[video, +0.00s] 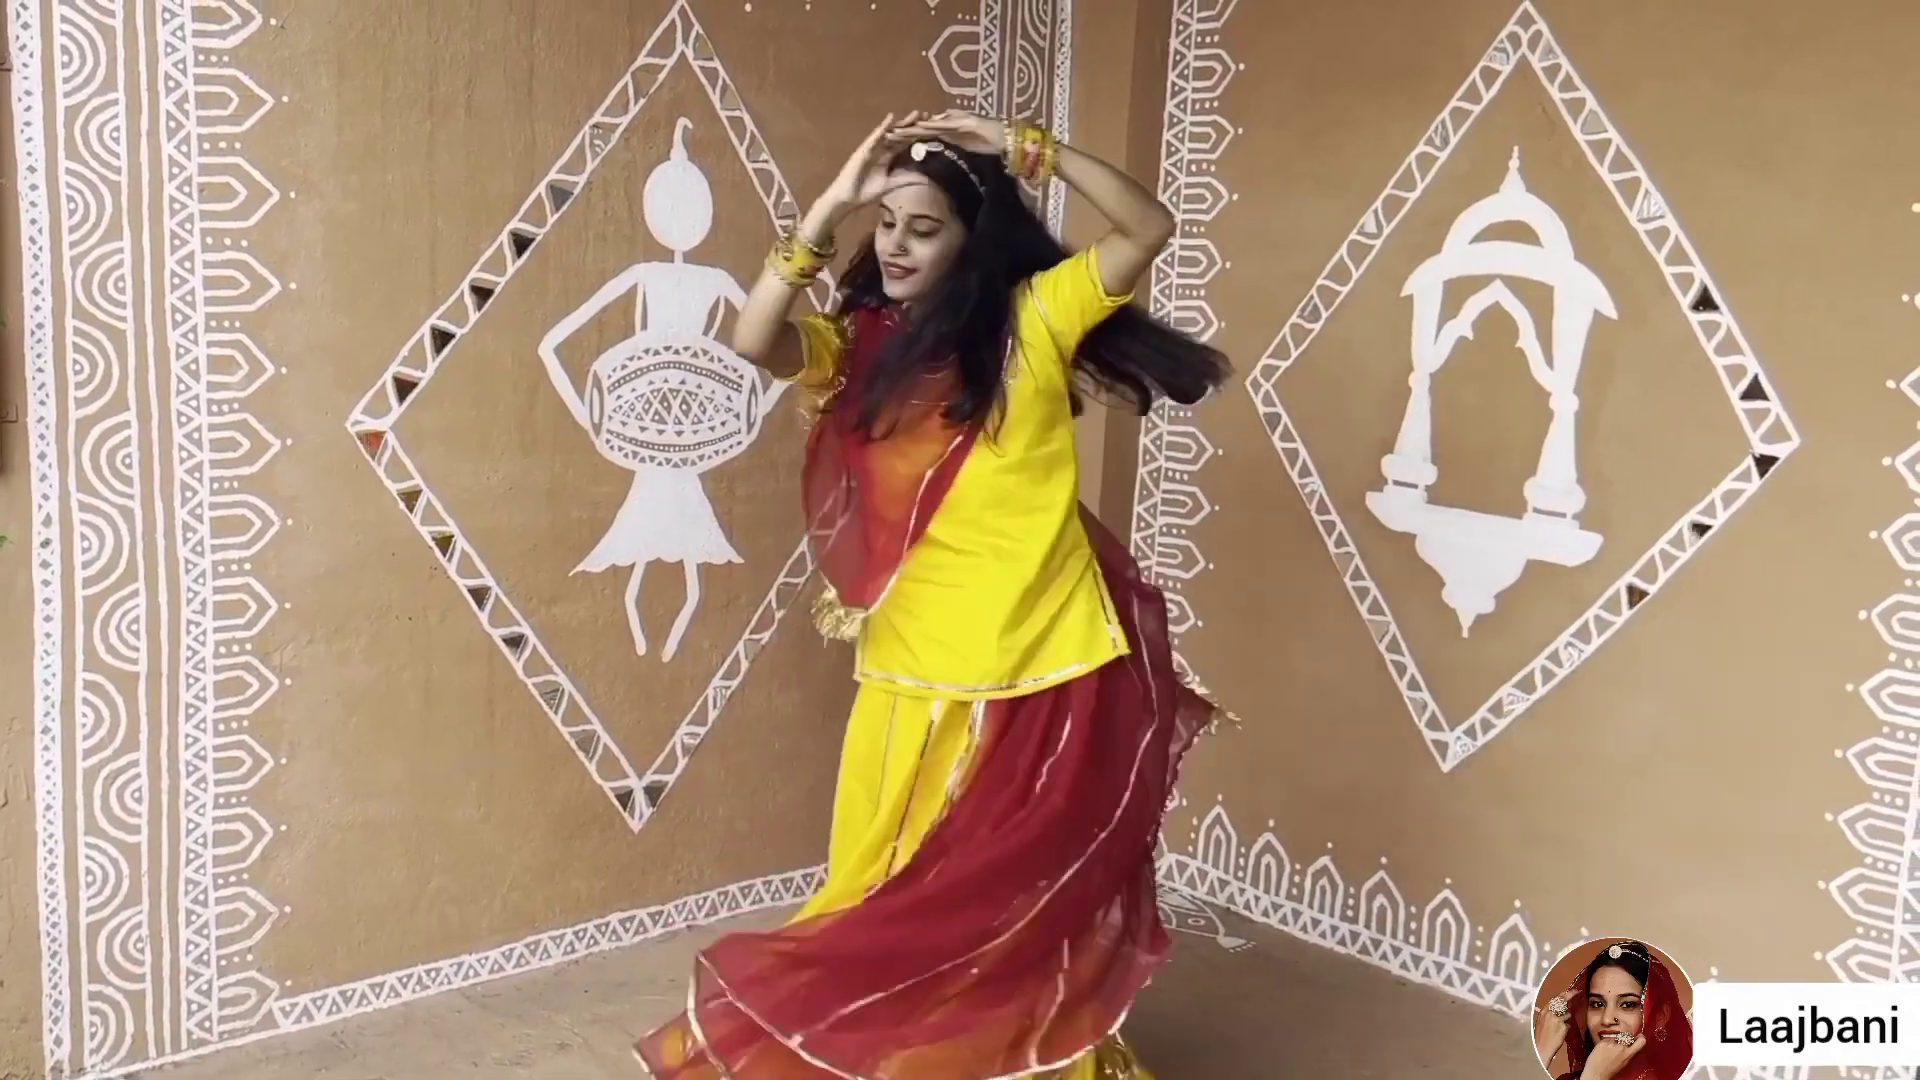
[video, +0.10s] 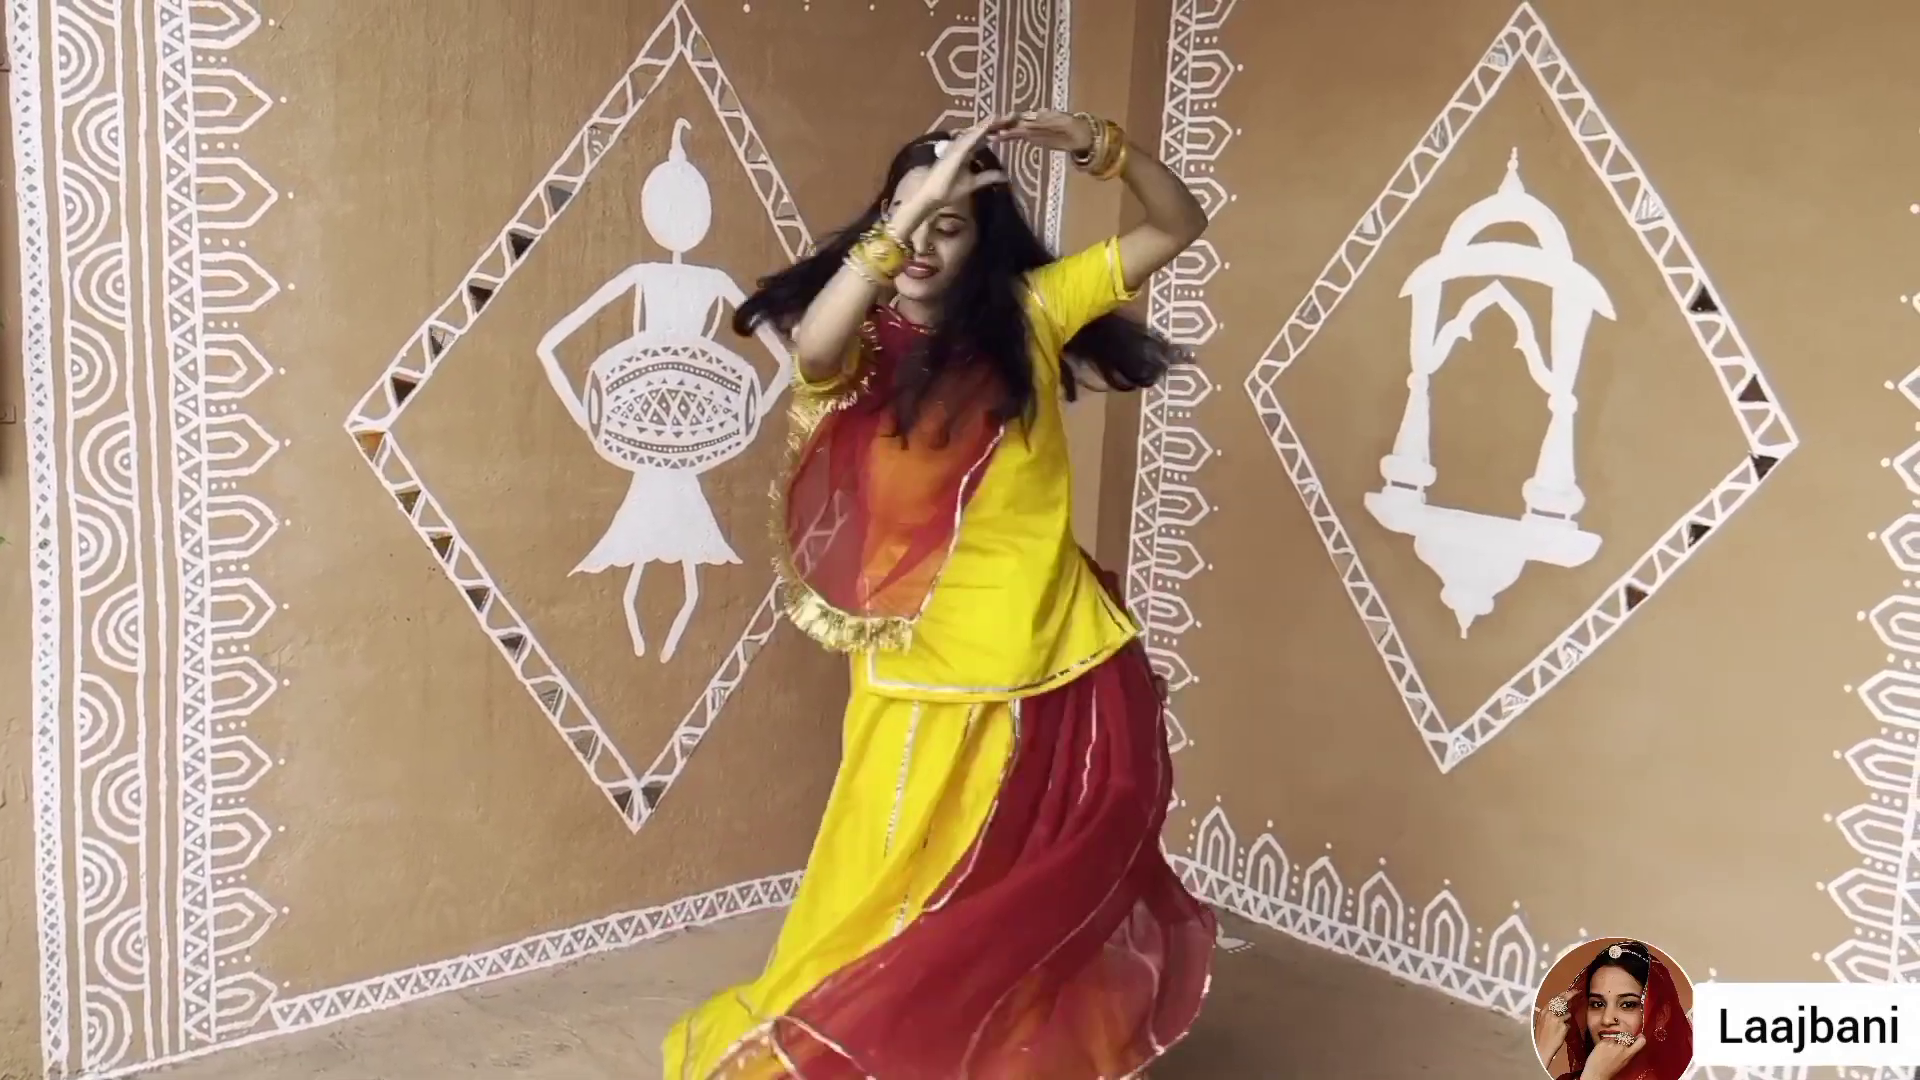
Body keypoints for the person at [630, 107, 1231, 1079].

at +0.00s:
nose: (895, 245)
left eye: (922, 228)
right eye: (885, 223)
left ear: (975, 237)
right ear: (872, 227)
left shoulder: (1032, 323)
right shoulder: (857, 341)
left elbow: (1142, 228)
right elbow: (754, 338)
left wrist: (1020, 143)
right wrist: (834, 205)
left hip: (1045, 662)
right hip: (909, 663)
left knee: (1027, 906)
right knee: (871, 888)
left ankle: (1046, 1061)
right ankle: (870, 1056)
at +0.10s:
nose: (922, 245)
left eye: (949, 226)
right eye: (907, 223)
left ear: (986, 236)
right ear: (881, 233)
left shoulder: (1032, 314)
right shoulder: (853, 340)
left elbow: (1175, 226)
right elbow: (815, 351)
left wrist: (1120, 155)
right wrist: (899, 217)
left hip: (1055, 646)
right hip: (917, 659)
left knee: (1047, 883)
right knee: (886, 875)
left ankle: (1041, 1051)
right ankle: (824, 1048)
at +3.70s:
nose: (819, 264)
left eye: (842, 242)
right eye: (813, 243)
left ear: (905, 243)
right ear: (814, 248)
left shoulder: (951, 350)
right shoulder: (838, 357)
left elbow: (901, 455)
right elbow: (730, 410)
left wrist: (804, 512)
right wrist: (716, 473)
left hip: (947, 661)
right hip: (843, 657)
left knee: (918, 891)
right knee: (802, 881)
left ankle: (920, 1066)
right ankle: (801, 1058)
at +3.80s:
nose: (827, 243)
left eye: (849, 220)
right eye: (820, 221)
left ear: (911, 219)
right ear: (818, 226)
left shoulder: (966, 325)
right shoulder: (832, 326)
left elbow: (932, 445)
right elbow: (709, 357)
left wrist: (819, 476)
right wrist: (705, 408)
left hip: (951, 656)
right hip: (846, 653)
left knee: (929, 887)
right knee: (826, 880)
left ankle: (938, 1066)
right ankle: (825, 1060)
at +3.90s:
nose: (835, 236)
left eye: (855, 213)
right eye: (827, 215)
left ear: (919, 209)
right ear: (828, 218)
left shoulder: (980, 317)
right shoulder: (827, 306)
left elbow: (944, 448)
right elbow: (691, 302)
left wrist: (816, 452)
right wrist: (670, 355)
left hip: (950, 644)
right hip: (841, 638)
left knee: (923, 873)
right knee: (830, 870)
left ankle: (940, 1065)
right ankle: (832, 1061)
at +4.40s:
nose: (890, 263)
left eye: (914, 243)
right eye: (877, 242)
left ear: (953, 248)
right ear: (857, 253)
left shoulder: (998, 336)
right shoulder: (845, 356)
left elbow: (1136, 301)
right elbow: (823, 260)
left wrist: (1076, 206)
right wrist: (939, 149)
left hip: (1018, 667)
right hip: (903, 676)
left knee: (1053, 890)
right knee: (931, 898)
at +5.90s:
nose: (1003, 224)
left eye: (997, 206)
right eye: (989, 207)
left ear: (901, 223)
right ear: (940, 222)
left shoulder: (854, 328)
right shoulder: (971, 350)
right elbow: (1137, 321)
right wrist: (1051, 221)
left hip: (827, 634)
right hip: (916, 647)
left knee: (852, 855)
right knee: (943, 858)